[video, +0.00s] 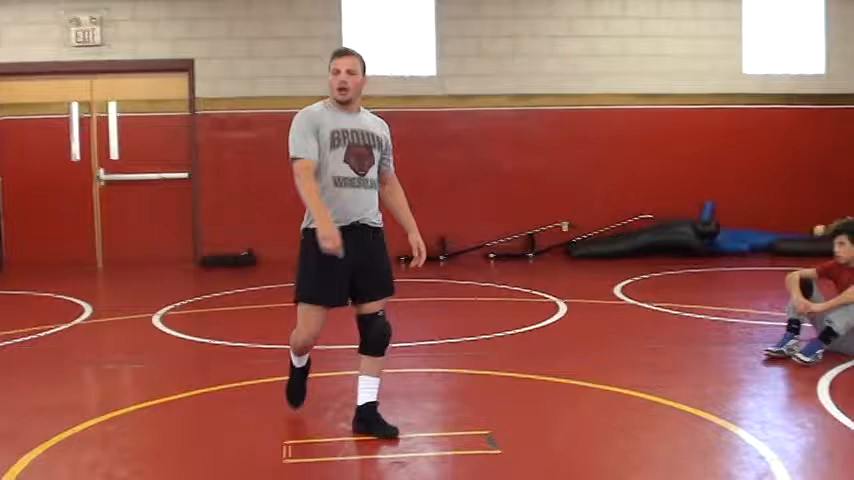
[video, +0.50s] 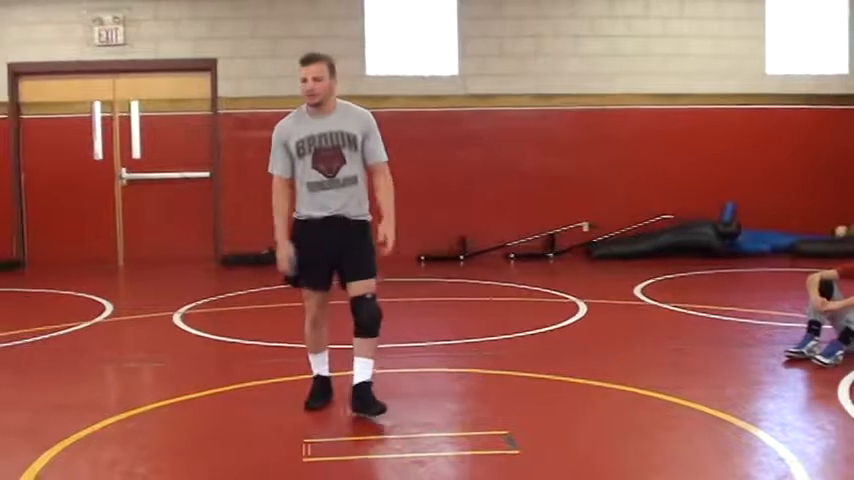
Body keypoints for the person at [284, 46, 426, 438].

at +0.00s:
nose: (343, 79)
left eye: (351, 73)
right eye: (337, 73)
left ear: (364, 81)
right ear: (328, 79)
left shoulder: (378, 127)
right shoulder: (309, 119)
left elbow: (388, 184)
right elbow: (304, 176)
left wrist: (412, 230)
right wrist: (323, 222)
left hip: (368, 235)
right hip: (322, 233)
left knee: (376, 330)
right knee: (307, 333)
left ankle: (366, 410)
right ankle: (300, 364)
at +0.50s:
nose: (310, 86)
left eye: (317, 79)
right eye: (304, 80)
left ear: (333, 82)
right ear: (299, 84)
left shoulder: (361, 120)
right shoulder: (286, 130)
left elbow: (380, 173)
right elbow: (281, 186)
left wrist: (388, 220)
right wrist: (282, 240)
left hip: (355, 226)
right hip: (310, 228)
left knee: (366, 311)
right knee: (314, 309)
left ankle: (362, 388)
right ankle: (321, 380)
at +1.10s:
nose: (335, 89)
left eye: (340, 82)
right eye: (327, 83)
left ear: (347, 84)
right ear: (313, 87)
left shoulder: (367, 121)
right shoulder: (293, 129)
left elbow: (387, 170)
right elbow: (279, 179)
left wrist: (406, 216)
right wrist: (303, 213)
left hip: (362, 222)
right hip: (321, 225)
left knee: (387, 300)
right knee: (321, 304)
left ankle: (387, 372)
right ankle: (322, 380)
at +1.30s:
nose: (368, 89)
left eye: (369, 83)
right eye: (361, 84)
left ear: (366, 86)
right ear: (339, 86)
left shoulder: (380, 122)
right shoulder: (313, 128)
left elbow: (396, 171)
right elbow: (296, 178)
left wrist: (412, 215)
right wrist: (344, 172)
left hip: (375, 222)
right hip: (335, 225)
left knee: (392, 297)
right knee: (330, 305)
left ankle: (392, 371)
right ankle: (324, 379)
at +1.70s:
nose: (422, 94)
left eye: (423, 88)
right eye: (418, 88)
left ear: (407, 88)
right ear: (396, 86)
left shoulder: (417, 128)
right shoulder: (361, 121)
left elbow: (422, 180)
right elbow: (343, 172)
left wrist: (435, 228)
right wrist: (391, 184)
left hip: (403, 222)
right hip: (368, 223)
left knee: (401, 300)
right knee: (364, 302)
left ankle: (392, 371)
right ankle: (347, 375)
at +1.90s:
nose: (438, 98)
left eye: (439, 91)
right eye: (434, 91)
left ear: (425, 91)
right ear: (413, 88)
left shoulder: (430, 131)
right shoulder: (376, 122)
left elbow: (434, 181)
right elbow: (359, 173)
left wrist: (448, 227)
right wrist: (363, 228)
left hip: (412, 223)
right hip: (381, 222)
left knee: (407, 300)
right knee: (396, 298)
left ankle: (391, 370)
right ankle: (402, 375)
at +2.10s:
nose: (452, 100)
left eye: (453, 94)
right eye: (447, 93)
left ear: (435, 93)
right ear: (427, 90)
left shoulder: (443, 130)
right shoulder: (391, 123)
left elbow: (445, 182)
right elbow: (358, 166)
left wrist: (458, 224)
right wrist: (343, 222)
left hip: (424, 223)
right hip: (395, 223)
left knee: (411, 298)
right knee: (430, 293)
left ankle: (392, 370)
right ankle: (457, 368)